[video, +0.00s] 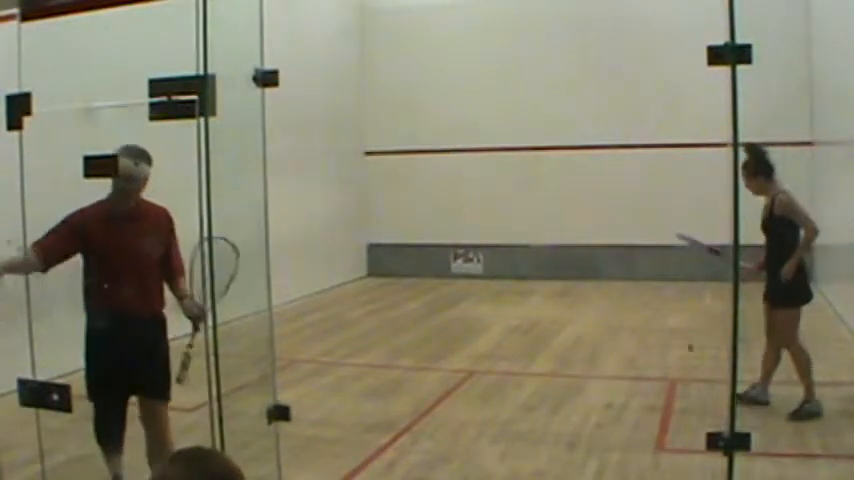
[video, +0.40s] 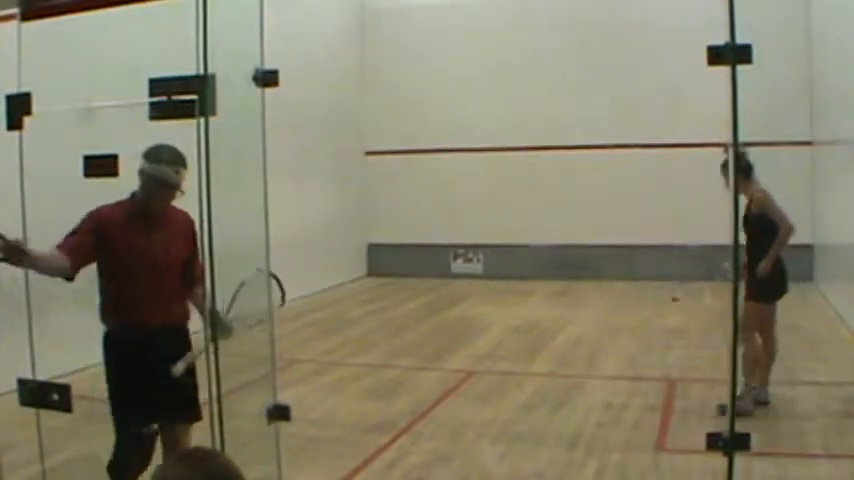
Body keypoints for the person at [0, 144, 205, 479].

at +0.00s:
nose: (128, 181)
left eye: (136, 175)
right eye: (122, 174)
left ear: (147, 178)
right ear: (110, 174)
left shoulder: (159, 219)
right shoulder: (88, 219)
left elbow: (175, 272)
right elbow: (39, 258)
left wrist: (187, 300)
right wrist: (5, 266)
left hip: (149, 328)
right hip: (105, 330)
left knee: (156, 413)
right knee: (108, 415)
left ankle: (162, 475)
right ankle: (116, 473)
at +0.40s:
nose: (169, 195)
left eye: (174, 188)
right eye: (162, 185)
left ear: (180, 187)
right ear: (143, 179)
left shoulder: (183, 225)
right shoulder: (107, 221)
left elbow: (194, 284)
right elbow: (66, 263)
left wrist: (212, 317)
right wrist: (28, 258)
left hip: (173, 338)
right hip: (126, 342)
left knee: (178, 435)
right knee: (136, 445)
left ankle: (177, 479)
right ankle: (121, 476)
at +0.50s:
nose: (173, 196)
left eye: (179, 189)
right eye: (167, 186)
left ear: (183, 188)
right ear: (146, 177)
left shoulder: (180, 222)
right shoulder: (109, 222)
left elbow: (193, 283)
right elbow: (79, 280)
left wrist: (213, 314)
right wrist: (61, 287)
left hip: (173, 340)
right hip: (128, 346)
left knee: (179, 443)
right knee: (144, 450)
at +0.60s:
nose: (180, 202)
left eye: (184, 195)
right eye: (174, 193)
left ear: (184, 193)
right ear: (150, 184)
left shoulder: (176, 226)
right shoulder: (107, 228)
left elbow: (190, 284)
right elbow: (86, 289)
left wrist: (211, 315)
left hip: (173, 345)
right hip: (129, 348)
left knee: (184, 437)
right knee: (145, 451)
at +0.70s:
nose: (182, 207)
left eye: (184, 200)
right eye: (178, 198)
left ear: (179, 194)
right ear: (153, 187)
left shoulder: (167, 224)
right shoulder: (109, 234)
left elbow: (178, 285)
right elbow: (98, 307)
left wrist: (209, 314)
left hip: (171, 354)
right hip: (127, 359)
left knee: (187, 448)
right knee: (148, 461)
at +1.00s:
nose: (187, 195)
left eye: (189, 187)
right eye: (184, 185)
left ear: (164, 182)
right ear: (163, 180)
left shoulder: (152, 220)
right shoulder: (139, 226)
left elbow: (157, 286)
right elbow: (148, 304)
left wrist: (194, 299)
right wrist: (192, 341)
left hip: (147, 350)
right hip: (136, 354)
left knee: (158, 454)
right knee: (153, 456)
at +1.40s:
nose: (172, 191)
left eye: (171, 183)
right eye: (168, 183)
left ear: (135, 183)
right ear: (155, 182)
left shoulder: (110, 221)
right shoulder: (171, 223)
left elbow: (112, 275)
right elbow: (187, 299)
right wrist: (209, 348)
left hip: (122, 345)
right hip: (165, 346)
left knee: (153, 435)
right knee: (196, 435)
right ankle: (198, 478)